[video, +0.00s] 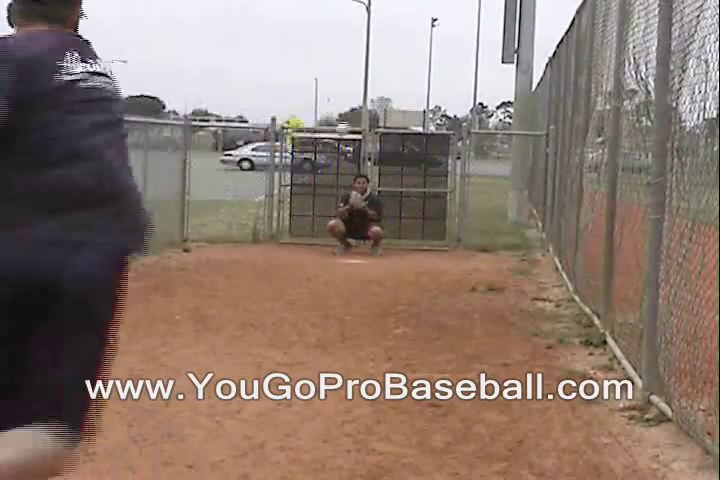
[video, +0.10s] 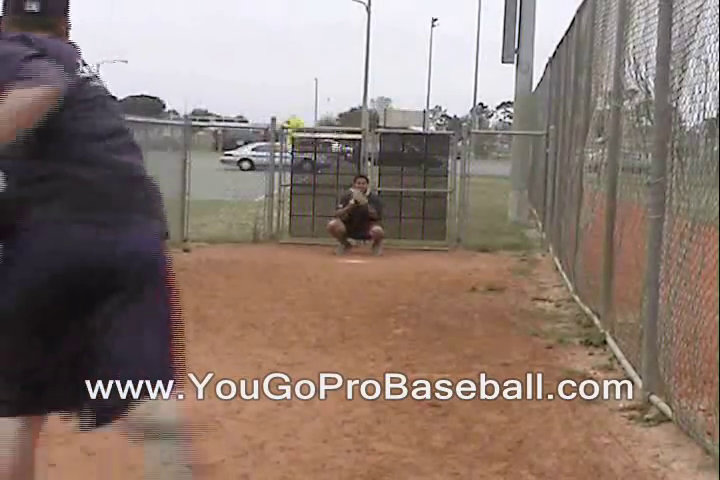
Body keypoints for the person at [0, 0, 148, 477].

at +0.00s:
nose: (81, 18)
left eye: (14, 13)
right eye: (80, 12)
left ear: (14, 15)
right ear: (76, 13)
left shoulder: (11, 57)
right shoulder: (94, 63)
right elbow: (109, 160)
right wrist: (134, 224)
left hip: (18, 248)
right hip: (93, 245)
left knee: (15, 410)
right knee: (55, 428)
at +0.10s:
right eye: (70, 26)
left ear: (5, 21)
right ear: (65, 27)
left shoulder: (13, 45)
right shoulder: (80, 69)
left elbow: (44, 84)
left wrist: (0, 138)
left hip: (55, 240)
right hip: (133, 239)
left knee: (16, 414)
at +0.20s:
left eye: (7, 37)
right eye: (66, 35)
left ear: (6, 32)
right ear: (63, 34)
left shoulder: (15, 56)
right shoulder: (71, 74)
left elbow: (77, 88)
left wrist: (13, 162)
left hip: (86, 248)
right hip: (167, 240)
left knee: (35, 412)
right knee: (214, 385)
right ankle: (384, 414)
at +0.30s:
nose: (25, 56)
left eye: (27, 48)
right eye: (34, 50)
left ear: (33, 46)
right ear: (84, 47)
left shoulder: (39, 71)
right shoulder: (112, 92)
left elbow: (83, 108)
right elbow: (128, 190)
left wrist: (28, 193)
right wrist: (52, 239)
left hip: (119, 251)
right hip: (193, 242)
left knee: (58, 415)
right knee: (281, 386)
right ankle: (439, 448)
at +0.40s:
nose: (59, 65)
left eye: (60, 59)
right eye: (61, 60)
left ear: (63, 58)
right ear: (116, 55)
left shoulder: (68, 91)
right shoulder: (148, 100)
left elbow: (100, 139)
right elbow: (165, 188)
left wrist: (63, 234)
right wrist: (105, 250)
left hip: (154, 263)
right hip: (229, 256)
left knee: (82, 416)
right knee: (288, 392)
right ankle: (379, 472)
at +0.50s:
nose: (98, 77)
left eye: (98, 69)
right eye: (101, 68)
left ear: (103, 74)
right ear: (157, 69)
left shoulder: (120, 121)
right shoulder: (191, 118)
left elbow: (158, 180)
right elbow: (210, 211)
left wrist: (110, 261)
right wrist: (149, 282)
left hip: (197, 280)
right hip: (264, 274)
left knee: (106, 423)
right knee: (266, 423)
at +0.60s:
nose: (141, 79)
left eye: (140, 71)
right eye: (144, 71)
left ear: (145, 76)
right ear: (196, 70)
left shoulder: (169, 127)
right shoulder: (227, 117)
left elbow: (210, 205)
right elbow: (257, 209)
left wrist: (160, 268)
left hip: (223, 302)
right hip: (280, 299)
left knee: (123, 421)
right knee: (252, 429)